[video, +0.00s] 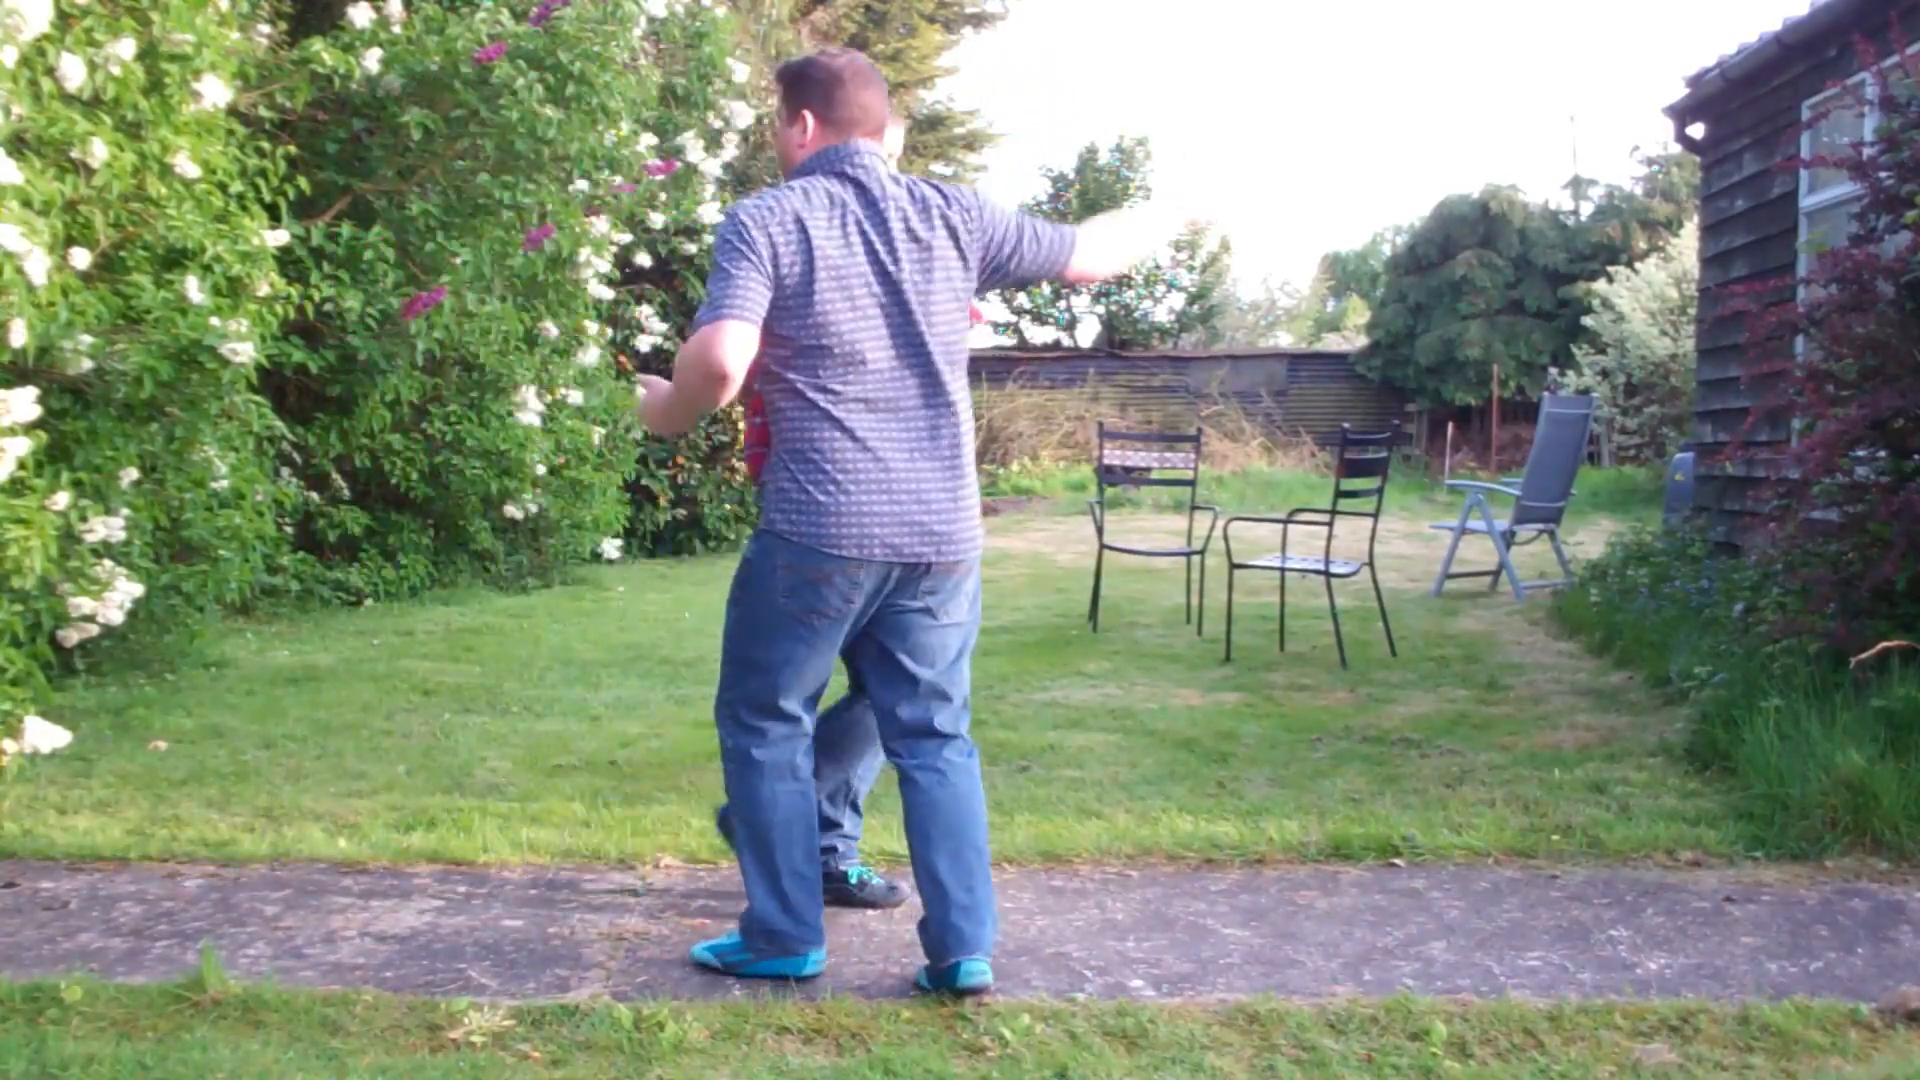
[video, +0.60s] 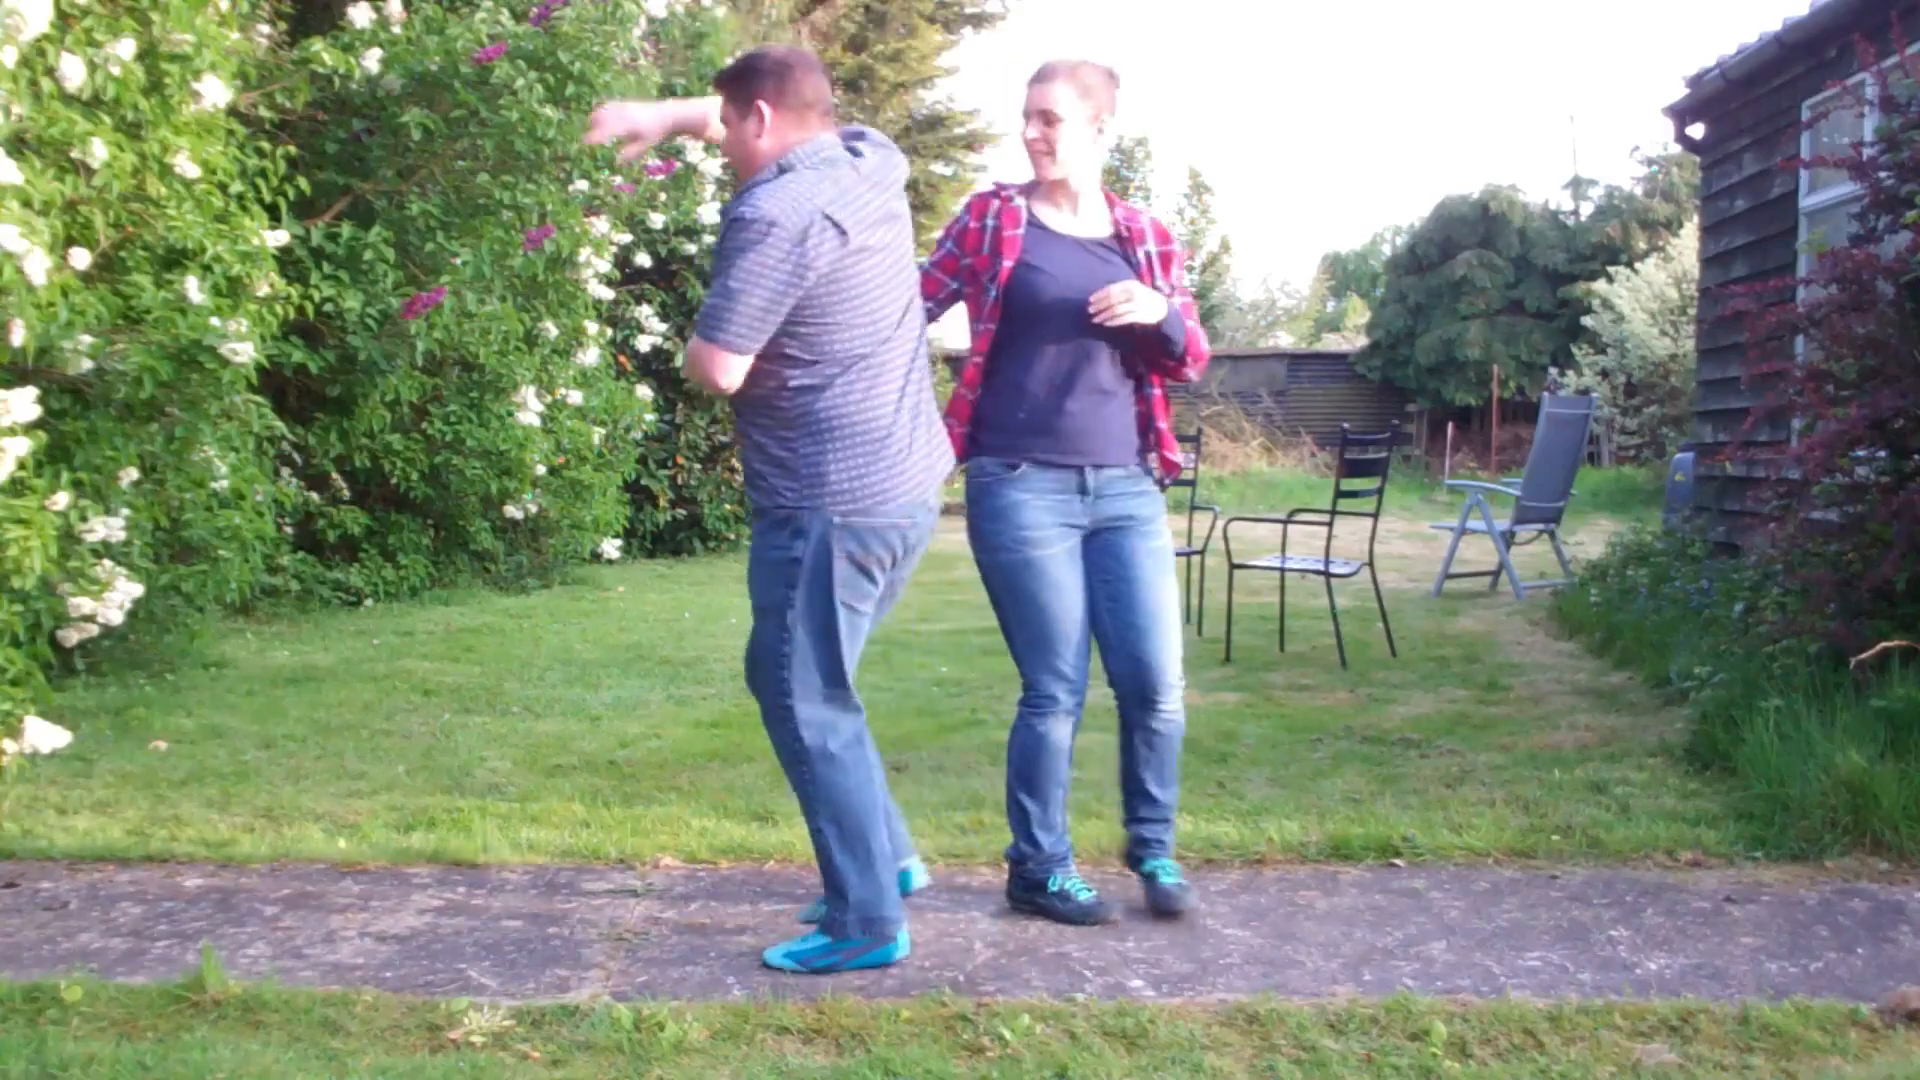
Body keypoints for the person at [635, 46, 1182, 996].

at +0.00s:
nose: (774, 141)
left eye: (778, 126)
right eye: (775, 126)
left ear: (804, 128)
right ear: (884, 129)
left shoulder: (769, 217)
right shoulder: (950, 211)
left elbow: (721, 361)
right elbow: (1084, 258)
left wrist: (668, 410)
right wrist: (1137, 238)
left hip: (824, 528)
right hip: (944, 529)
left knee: (764, 718)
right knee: (936, 734)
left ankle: (783, 935)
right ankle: (964, 951)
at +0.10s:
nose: (775, 140)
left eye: (777, 127)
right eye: (776, 128)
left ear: (803, 126)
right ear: (885, 128)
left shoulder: (768, 220)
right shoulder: (954, 198)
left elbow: (728, 371)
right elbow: (1084, 184)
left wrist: (706, 434)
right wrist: (1127, 95)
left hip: (836, 524)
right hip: (954, 523)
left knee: (774, 711)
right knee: (943, 731)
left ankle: (820, 924)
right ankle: (965, 951)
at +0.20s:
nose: (774, 137)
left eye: (780, 121)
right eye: (779, 120)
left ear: (805, 127)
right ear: (881, 123)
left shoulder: (762, 228)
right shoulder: (943, 184)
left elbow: (723, 374)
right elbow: (1033, 112)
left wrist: (731, 435)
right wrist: (1028, 7)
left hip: (842, 518)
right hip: (958, 505)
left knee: (793, 710)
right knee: (944, 726)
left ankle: (865, 915)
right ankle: (965, 949)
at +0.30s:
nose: (767, 137)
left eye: (771, 121)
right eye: (772, 120)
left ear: (791, 126)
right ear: (870, 120)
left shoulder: (750, 231)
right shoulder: (922, 173)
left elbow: (715, 379)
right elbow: (970, 69)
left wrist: (737, 433)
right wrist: (933, 7)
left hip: (836, 516)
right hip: (952, 499)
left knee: (811, 715)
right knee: (939, 717)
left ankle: (866, 923)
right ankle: (966, 933)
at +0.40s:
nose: (751, 137)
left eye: (756, 121)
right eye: (757, 121)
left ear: (780, 124)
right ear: (850, 114)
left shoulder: (742, 228)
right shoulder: (909, 167)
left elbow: (716, 389)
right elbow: (905, 56)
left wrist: (749, 424)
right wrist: (834, 6)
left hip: (831, 511)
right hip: (944, 495)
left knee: (816, 720)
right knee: (919, 697)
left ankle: (868, 925)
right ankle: (967, 878)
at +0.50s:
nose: (737, 140)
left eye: (738, 120)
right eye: (737, 122)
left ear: (766, 121)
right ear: (829, 112)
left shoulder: (747, 226)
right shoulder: (896, 163)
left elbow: (716, 387)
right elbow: (837, 75)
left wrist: (769, 388)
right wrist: (711, 42)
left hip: (828, 515)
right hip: (930, 493)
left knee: (814, 714)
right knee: (877, 678)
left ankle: (869, 925)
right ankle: (944, 850)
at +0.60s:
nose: (726, 139)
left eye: (729, 125)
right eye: (725, 126)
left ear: (765, 117)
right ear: (808, 107)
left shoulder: (774, 214)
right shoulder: (875, 158)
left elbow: (720, 371)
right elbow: (763, 115)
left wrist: (702, 346)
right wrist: (665, 115)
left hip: (833, 503)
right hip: (902, 475)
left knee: (804, 699)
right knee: (785, 670)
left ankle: (865, 924)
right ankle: (886, 859)